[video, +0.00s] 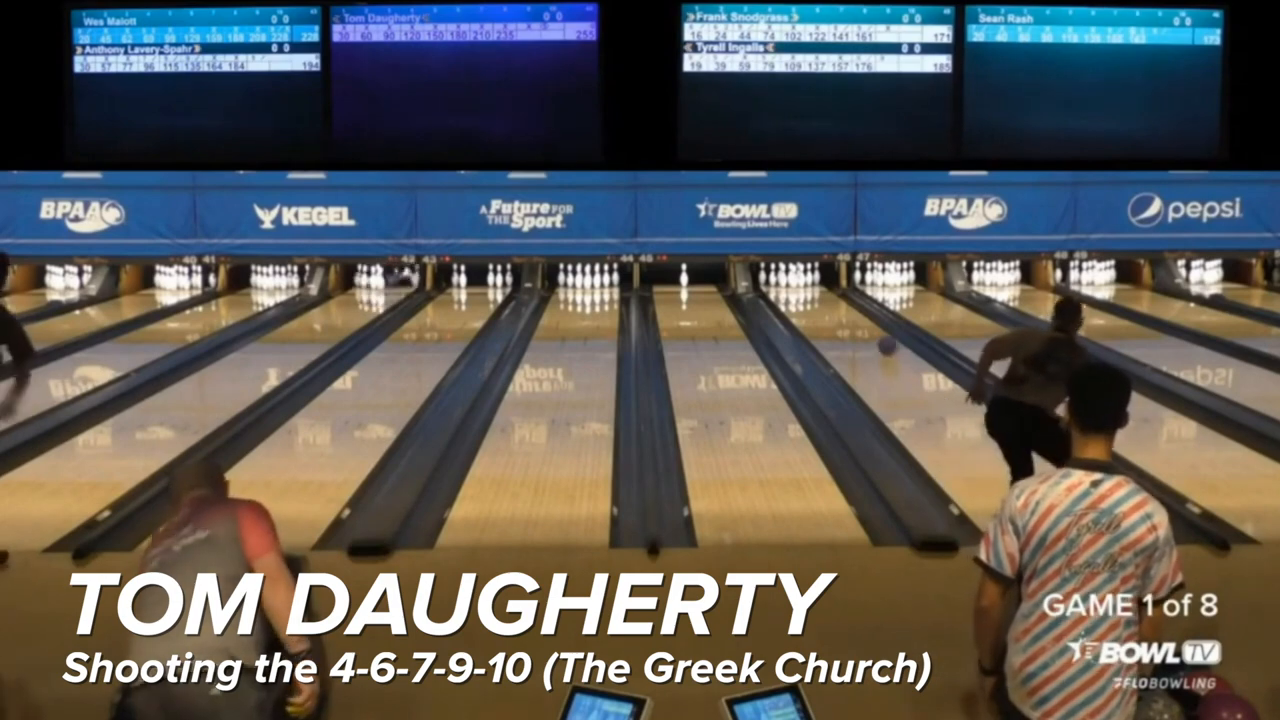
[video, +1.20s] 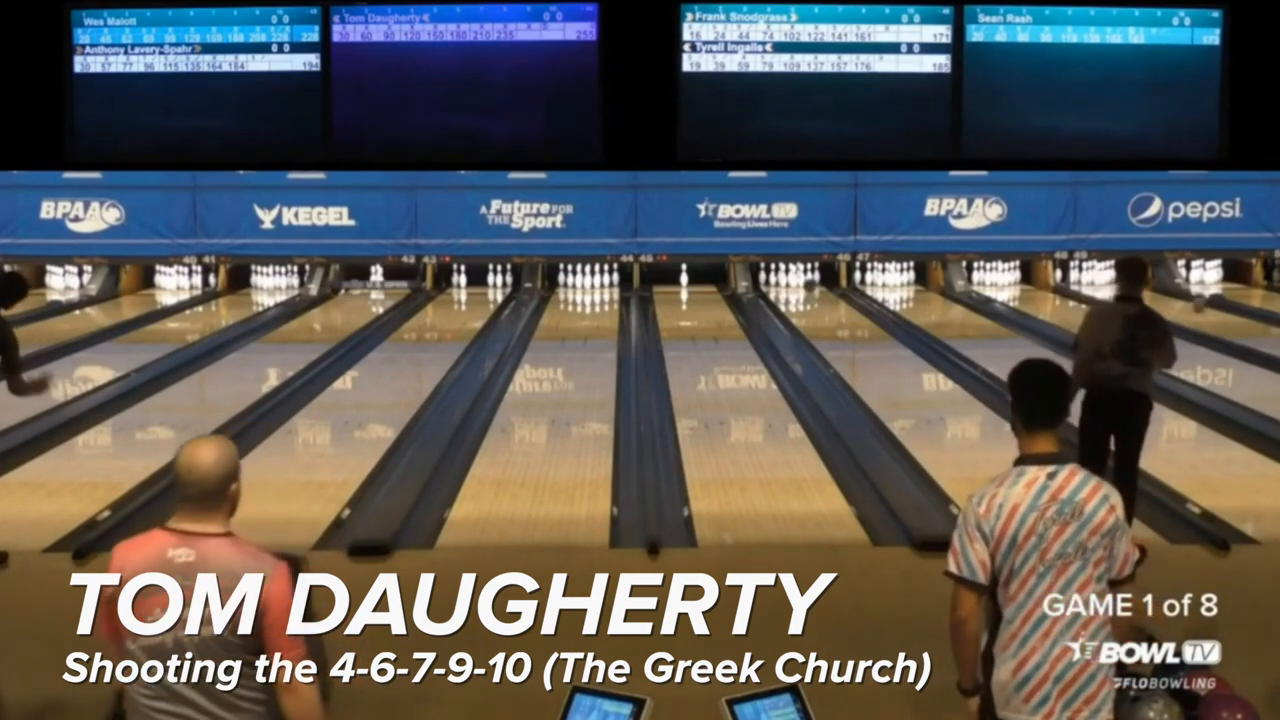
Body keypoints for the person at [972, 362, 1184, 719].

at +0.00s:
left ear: (1067, 414)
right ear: (1123, 422)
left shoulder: (1028, 498)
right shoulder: (1150, 514)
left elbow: (989, 600)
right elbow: (1151, 614)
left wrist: (987, 668)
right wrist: (1139, 676)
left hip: (1030, 686)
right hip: (1107, 695)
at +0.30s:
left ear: (1070, 415)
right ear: (1127, 421)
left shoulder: (1032, 497)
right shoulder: (1153, 514)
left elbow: (991, 601)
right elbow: (1154, 615)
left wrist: (987, 665)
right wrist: (1137, 673)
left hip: (1032, 686)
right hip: (1109, 696)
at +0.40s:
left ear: (1070, 415)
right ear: (1126, 423)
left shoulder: (1031, 497)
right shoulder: (1152, 514)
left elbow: (991, 600)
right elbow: (1154, 614)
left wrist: (988, 667)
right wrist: (1137, 673)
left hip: (1032, 685)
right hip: (1109, 694)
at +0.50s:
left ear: (1069, 416)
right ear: (1125, 423)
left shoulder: (1029, 497)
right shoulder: (1151, 514)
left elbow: (992, 601)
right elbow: (1153, 616)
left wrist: (988, 669)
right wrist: (1137, 675)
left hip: (1032, 687)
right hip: (1108, 694)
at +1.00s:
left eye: (1026, 407)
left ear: (1028, 414)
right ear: (1082, 416)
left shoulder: (999, 501)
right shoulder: (1117, 502)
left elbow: (971, 607)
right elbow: (1129, 595)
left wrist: (971, 682)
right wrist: (1129, 656)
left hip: (1023, 687)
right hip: (1094, 686)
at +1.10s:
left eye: (1016, 408)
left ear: (1018, 415)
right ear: (1071, 415)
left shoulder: (993, 502)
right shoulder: (1109, 500)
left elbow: (968, 606)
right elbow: (1123, 580)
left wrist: (969, 685)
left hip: (1023, 682)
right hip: (1093, 681)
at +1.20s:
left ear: (1014, 414)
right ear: (1066, 412)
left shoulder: (989, 503)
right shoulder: (1104, 498)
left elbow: (966, 612)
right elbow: (1122, 578)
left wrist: (970, 689)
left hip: (1023, 679)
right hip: (1093, 678)